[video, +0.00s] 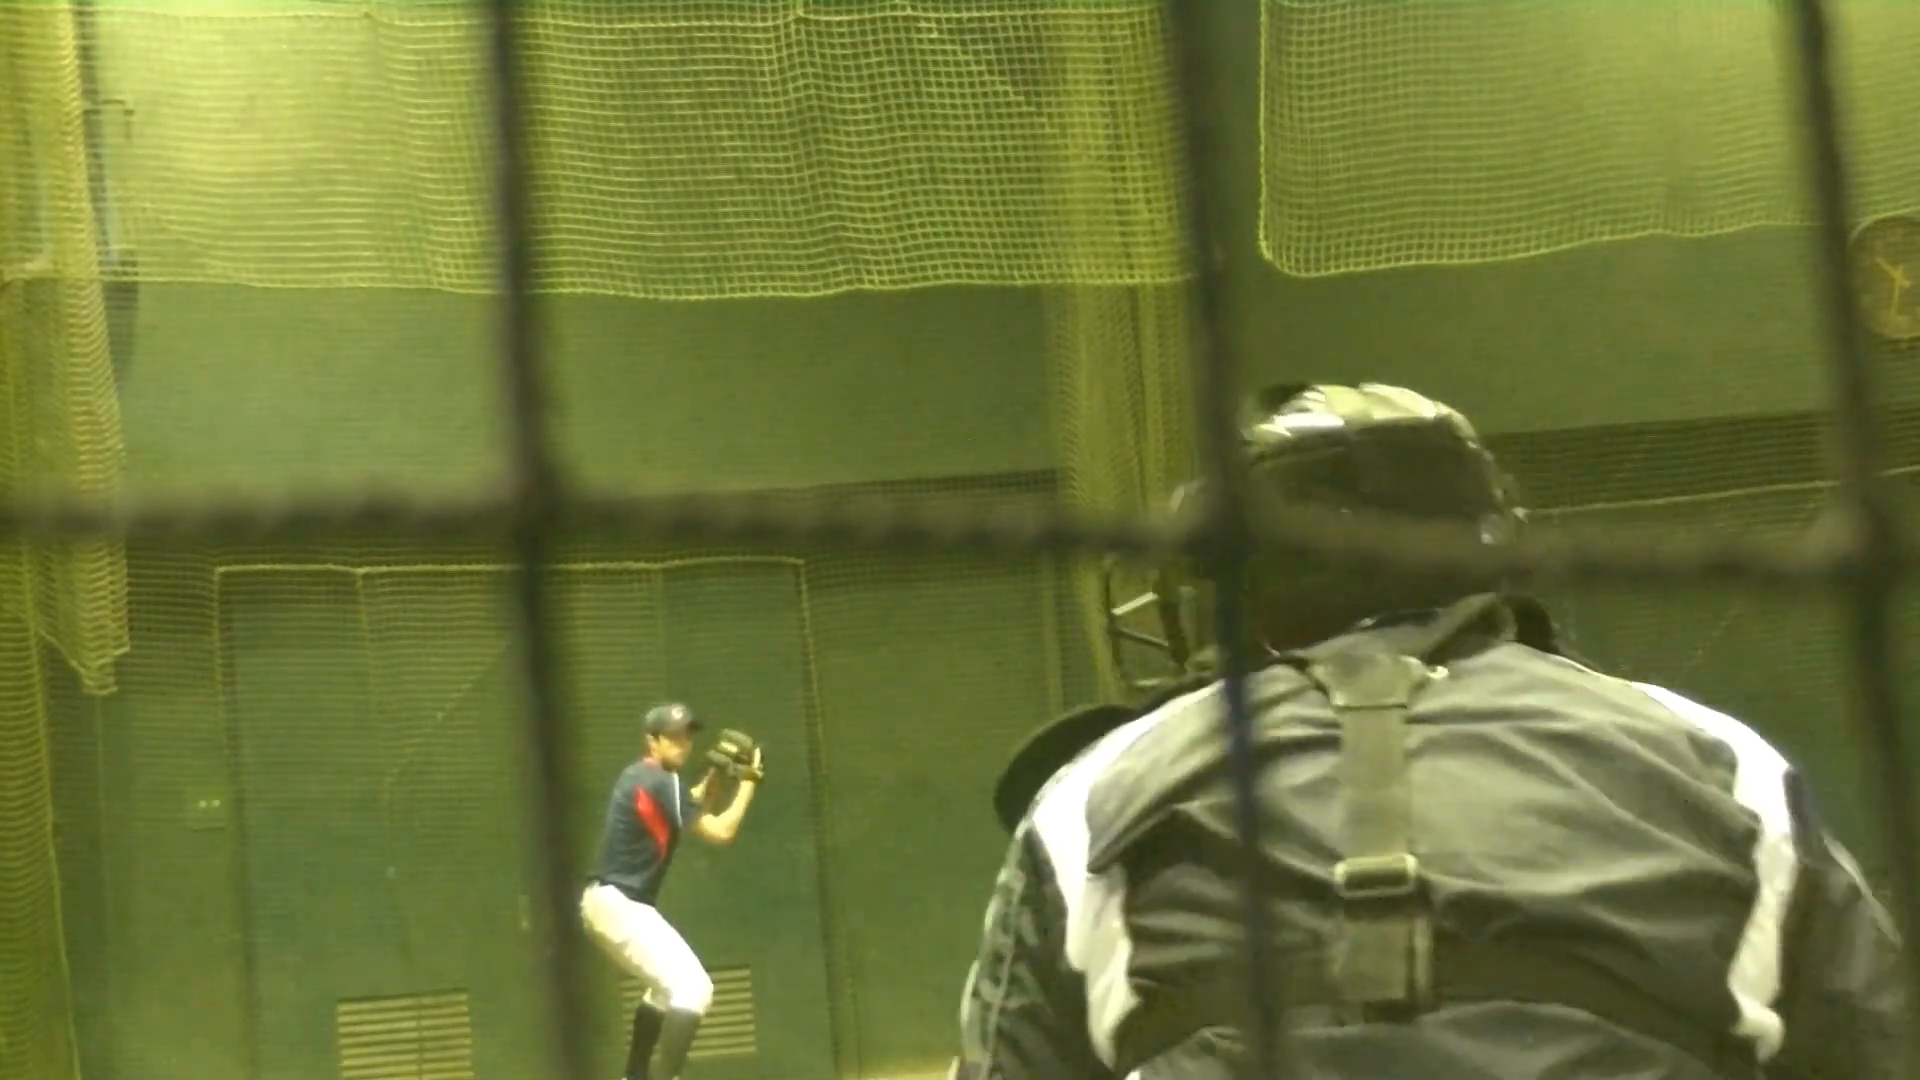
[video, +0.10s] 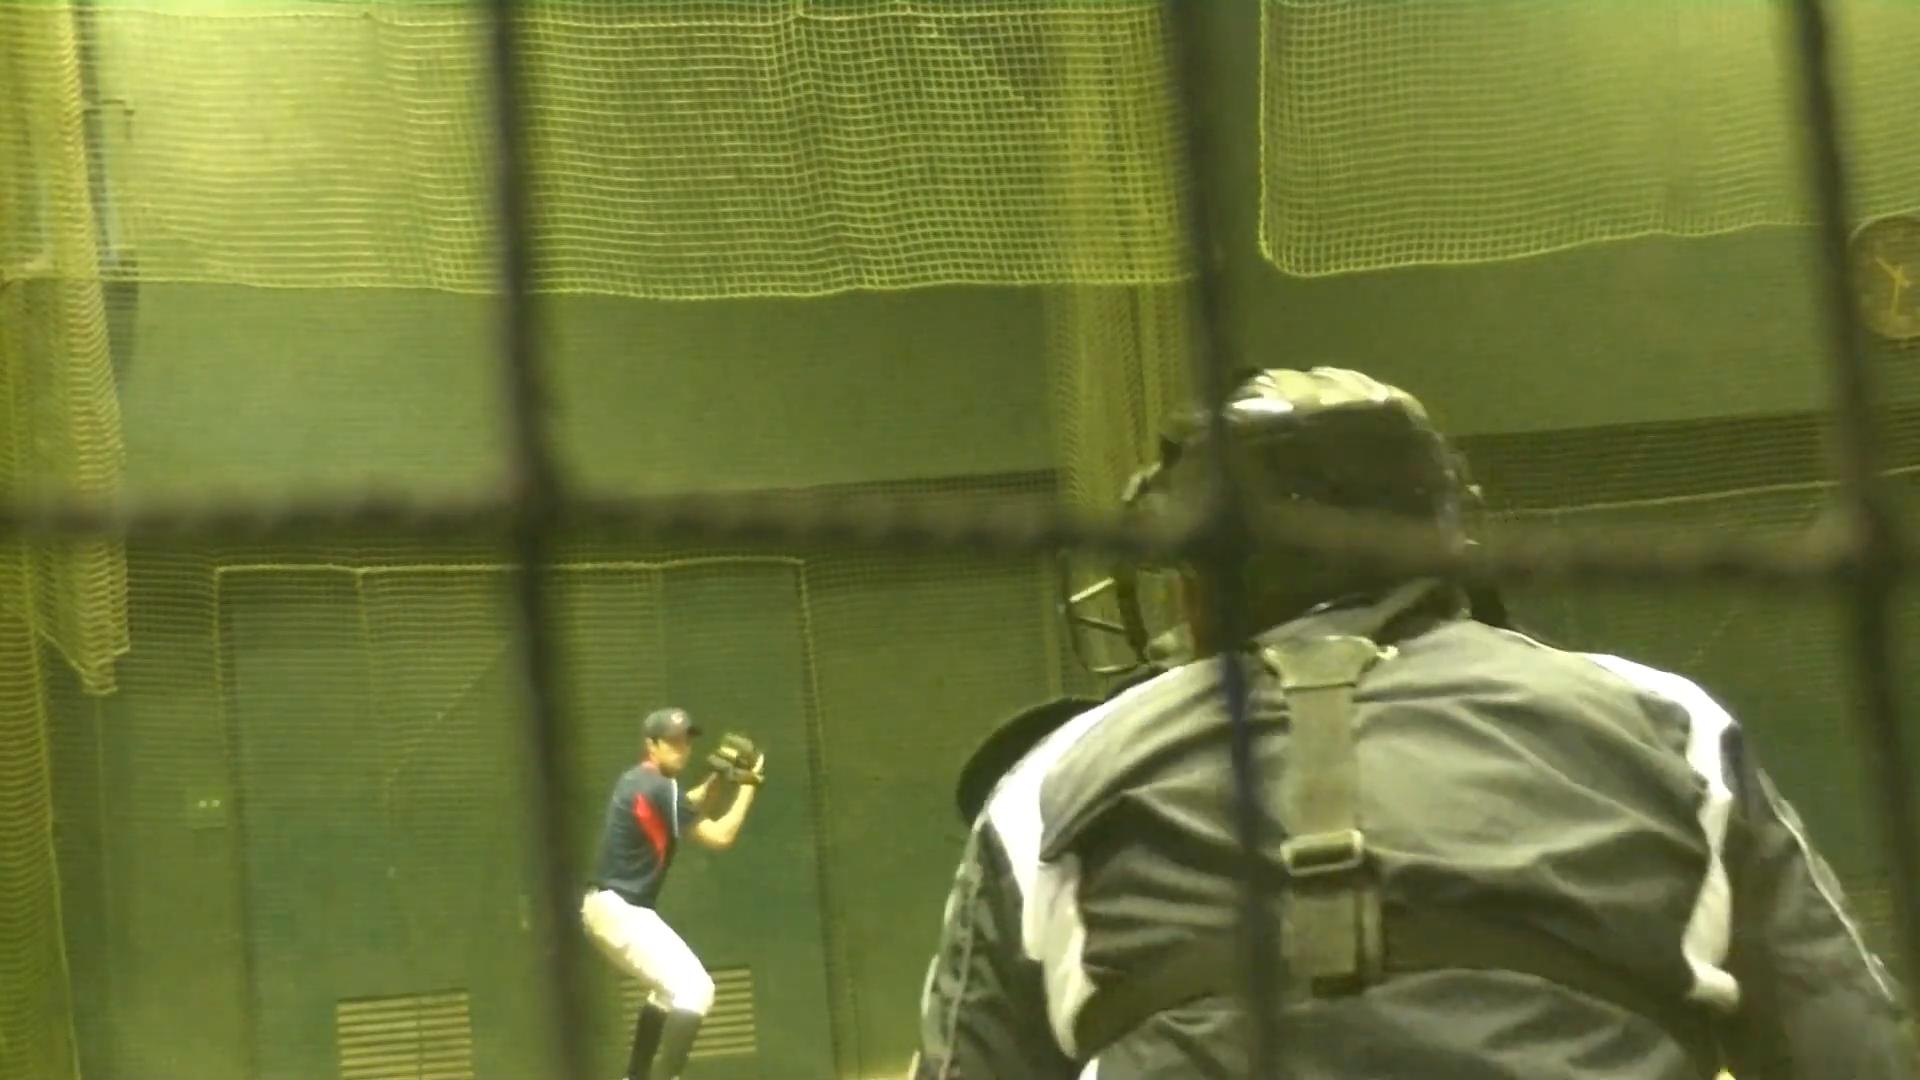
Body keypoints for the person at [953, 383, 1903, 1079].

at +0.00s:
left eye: (1221, 576)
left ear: (1245, 595)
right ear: (1494, 577)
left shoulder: (1087, 799)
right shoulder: (1718, 760)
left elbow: (1009, 1066)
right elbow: (1875, 1041)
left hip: (1215, 1045)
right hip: (1595, 1036)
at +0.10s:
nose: (1164, 609)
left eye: (1174, 576)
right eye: (1170, 574)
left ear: (1207, 587)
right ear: (1446, 552)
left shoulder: (1044, 791)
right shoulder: (1671, 731)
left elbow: (968, 1065)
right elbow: (1861, 1051)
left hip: (1177, 1044)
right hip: (1563, 1034)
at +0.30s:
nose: (1060, 615)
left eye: (1059, 589)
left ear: (1093, 596)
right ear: (1342, 538)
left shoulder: (949, 803)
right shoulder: (1568, 681)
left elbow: (909, 1066)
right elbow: (1775, 1027)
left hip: (1116, 1045)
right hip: (1486, 1040)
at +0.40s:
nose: (1007, 606)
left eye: (1003, 579)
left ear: (1041, 596)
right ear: (1282, 519)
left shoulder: (907, 816)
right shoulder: (1519, 664)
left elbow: (886, 1065)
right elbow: (1745, 1008)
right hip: (1467, 1045)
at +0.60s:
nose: (1000, 604)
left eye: (996, 575)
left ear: (1034, 592)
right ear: (1280, 513)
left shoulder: (898, 819)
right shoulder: (1514, 675)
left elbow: (876, 1069)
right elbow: (1757, 1034)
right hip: (1451, 1047)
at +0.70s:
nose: (1017, 621)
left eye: (1014, 590)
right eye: (1004, 587)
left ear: (1056, 607)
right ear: (1301, 534)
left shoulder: (938, 834)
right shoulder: (1549, 710)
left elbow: (891, 1058)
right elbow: (1774, 1057)